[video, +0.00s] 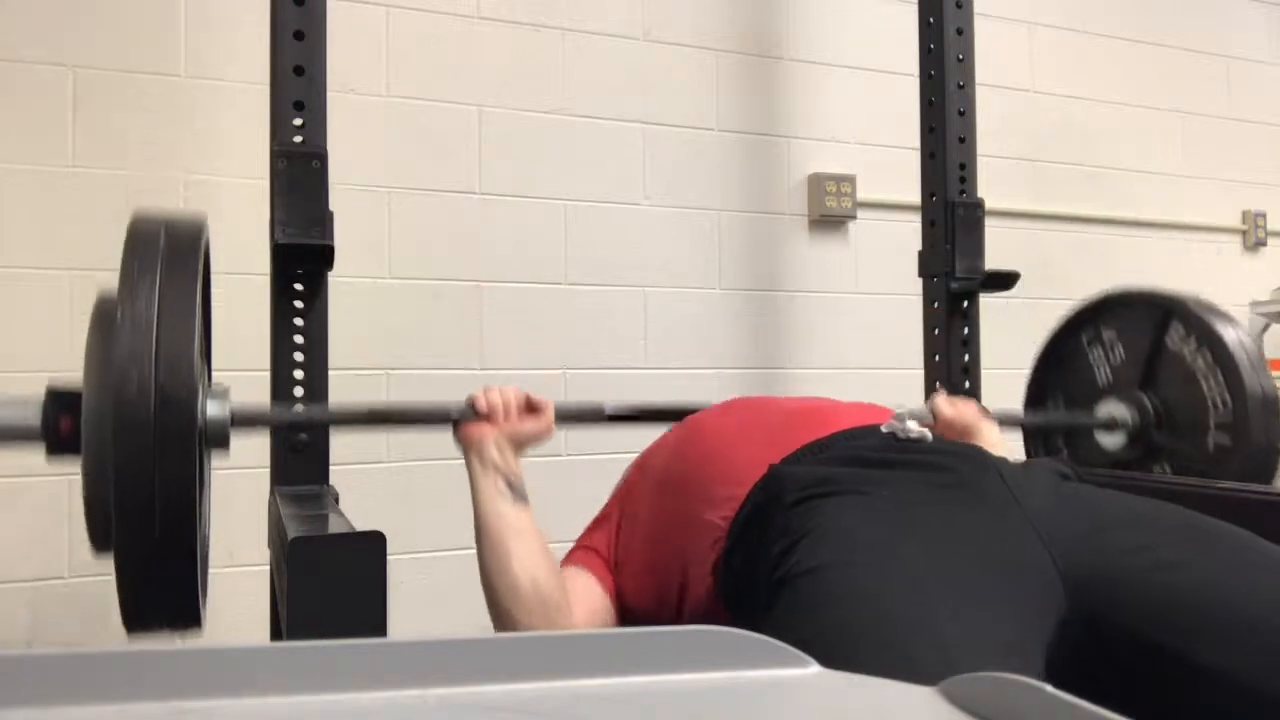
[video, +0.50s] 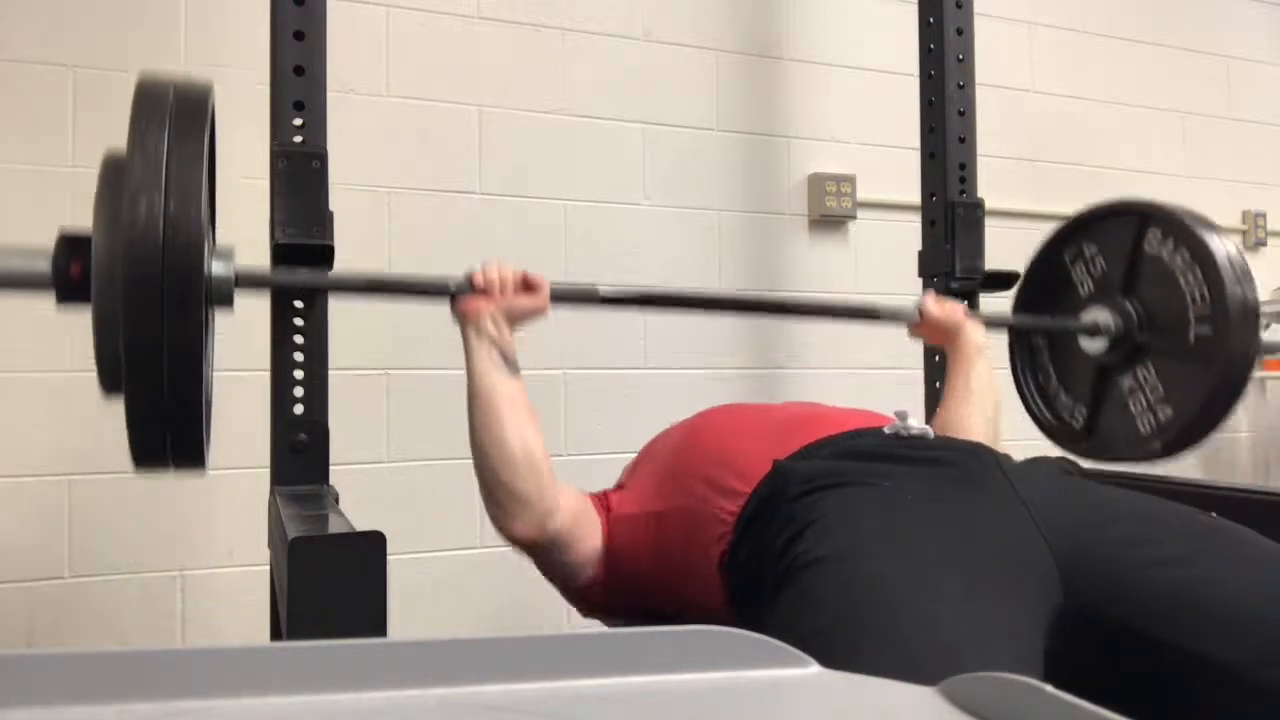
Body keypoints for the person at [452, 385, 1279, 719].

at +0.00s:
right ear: (652, 476)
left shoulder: (867, 421)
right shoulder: (622, 533)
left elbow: (1026, 521)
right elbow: (546, 628)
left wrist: (984, 446)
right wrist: (493, 473)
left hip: (1028, 487)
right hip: (855, 504)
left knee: (1277, 608)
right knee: (942, 689)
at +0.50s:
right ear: (646, 485)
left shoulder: (869, 440)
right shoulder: (618, 543)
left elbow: (965, 466)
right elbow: (528, 508)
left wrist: (970, 347)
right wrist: (488, 343)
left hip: (1045, 486)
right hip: (857, 508)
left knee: (1276, 623)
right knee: (934, 697)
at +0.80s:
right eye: (658, 440)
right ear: (620, 493)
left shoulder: (866, 440)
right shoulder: (605, 534)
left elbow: (912, 418)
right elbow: (524, 417)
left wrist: (951, 285)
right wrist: (482, 259)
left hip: (992, 478)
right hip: (834, 505)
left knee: (1275, 612)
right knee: (940, 694)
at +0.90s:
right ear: (622, 509)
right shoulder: (607, 538)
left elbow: (936, 440)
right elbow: (518, 449)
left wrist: (951, 306)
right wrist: (481, 289)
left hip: (1017, 484)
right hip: (842, 503)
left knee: (1271, 607)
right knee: (943, 697)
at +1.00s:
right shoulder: (615, 543)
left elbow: (961, 468)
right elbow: (519, 508)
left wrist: (962, 347)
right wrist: (483, 340)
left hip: (1032, 488)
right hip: (852, 504)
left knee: (1273, 619)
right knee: (929, 680)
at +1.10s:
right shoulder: (632, 534)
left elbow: (996, 491)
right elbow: (523, 562)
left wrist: (973, 392)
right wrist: (489, 393)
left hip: (1023, 487)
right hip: (854, 507)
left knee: (1272, 622)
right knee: (942, 694)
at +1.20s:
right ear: (650, 487)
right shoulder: (633, 519)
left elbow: (1014, 515)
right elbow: (547, 618)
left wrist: (983, 428)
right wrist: (495, 441)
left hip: (1017, 481)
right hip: (855, 499)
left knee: (1277, 622)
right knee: (942, 694)